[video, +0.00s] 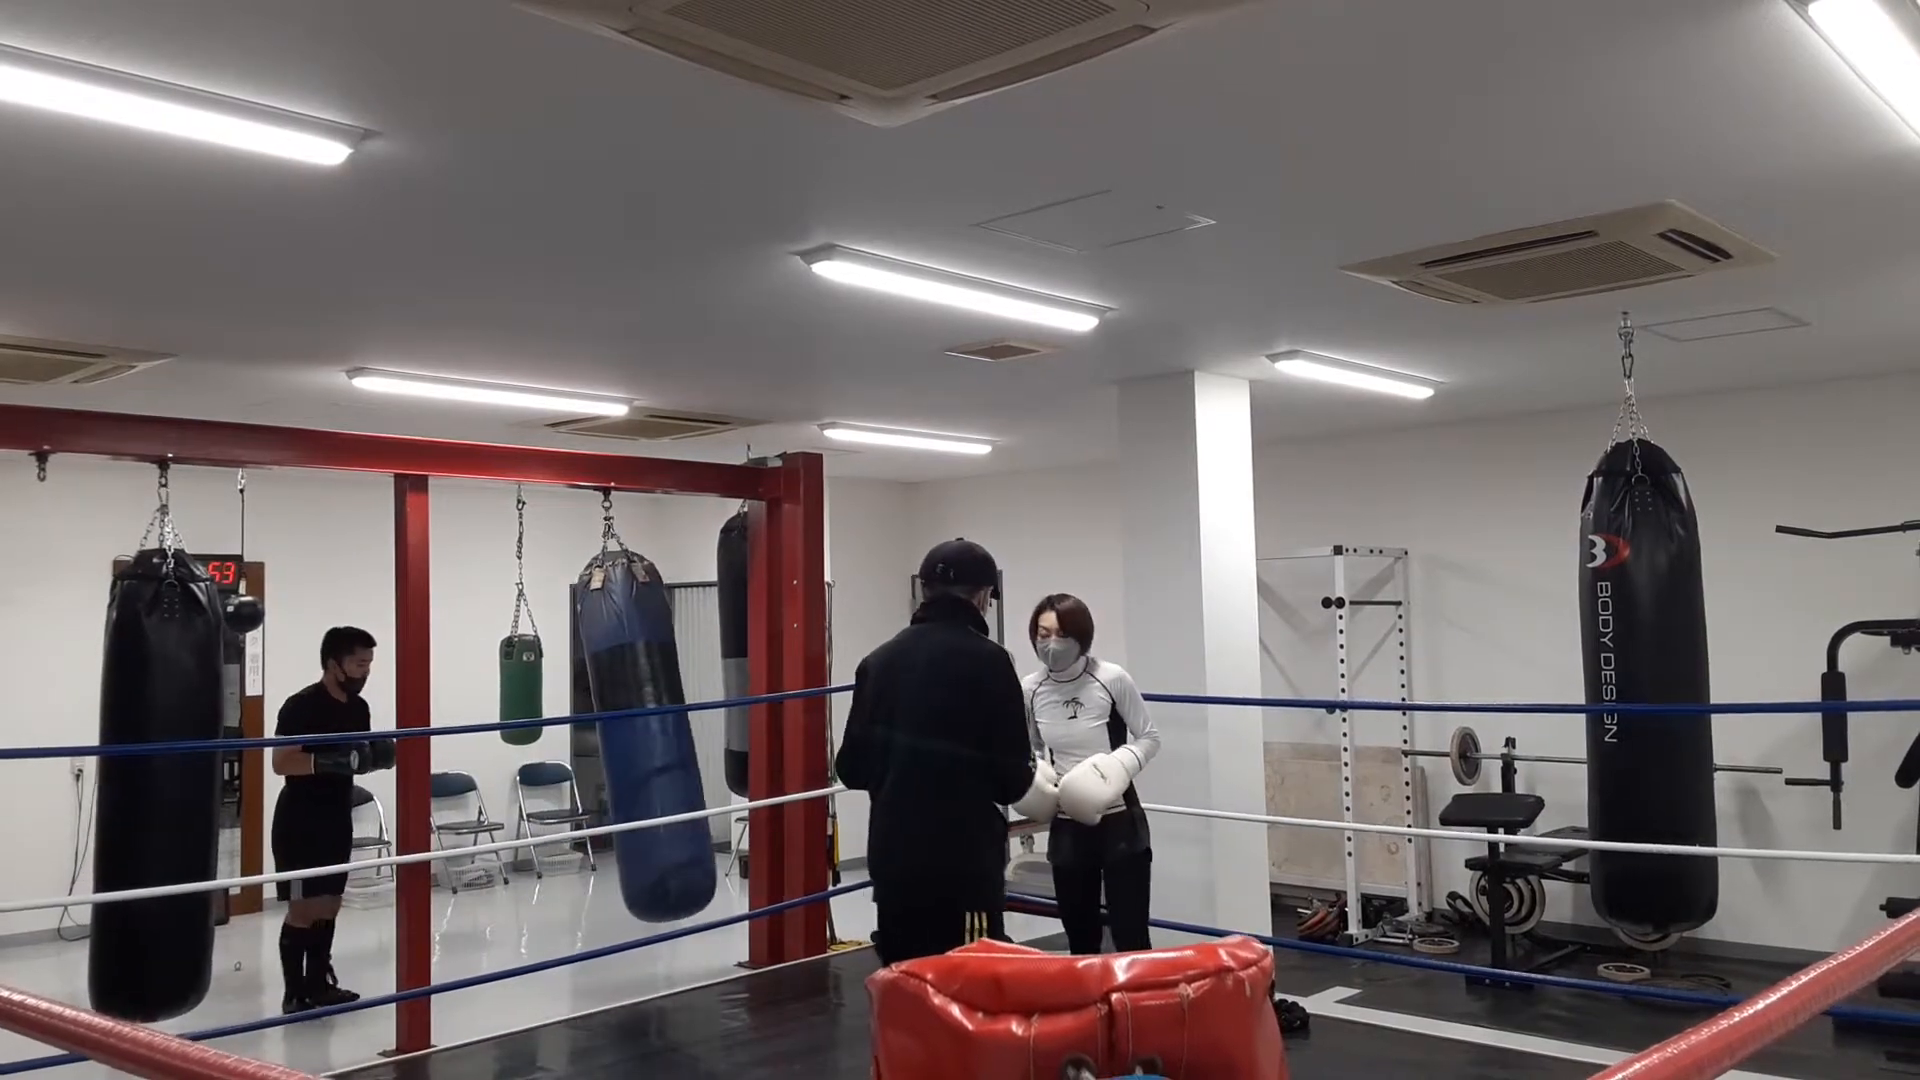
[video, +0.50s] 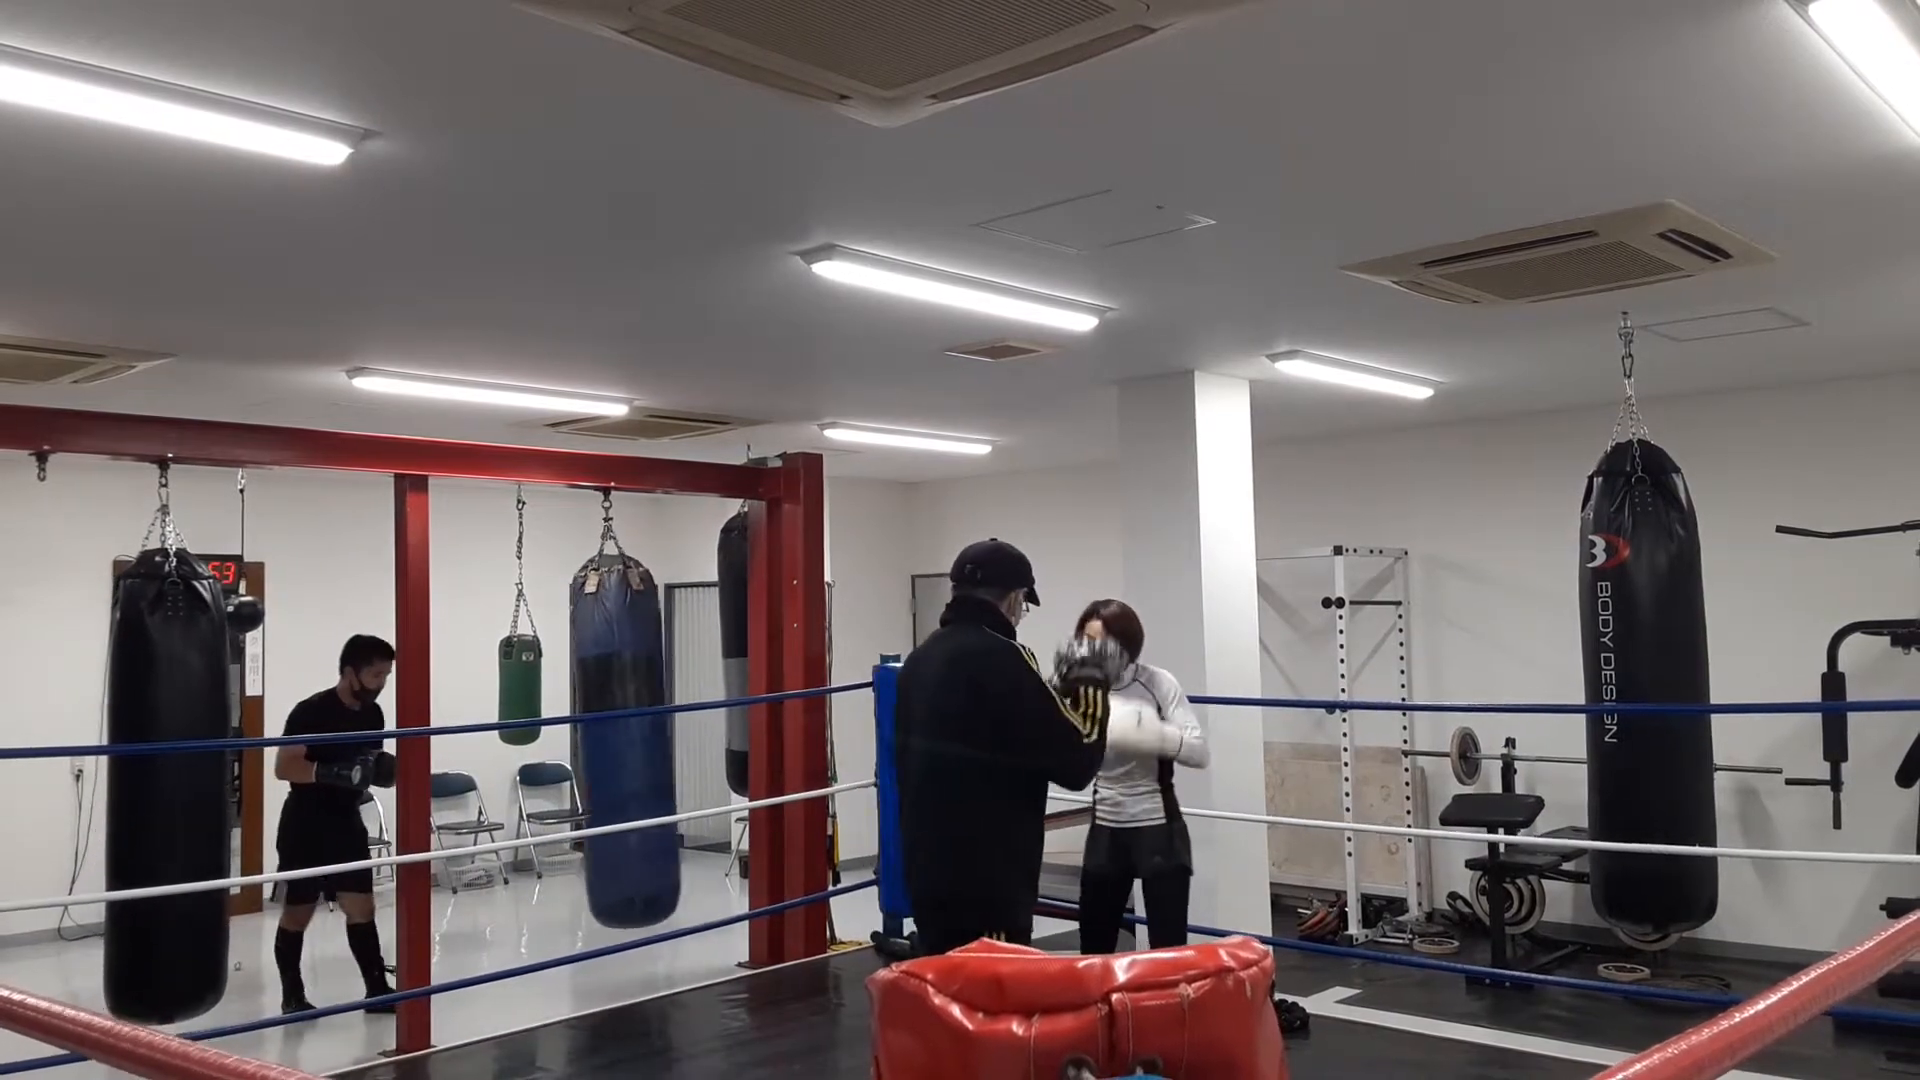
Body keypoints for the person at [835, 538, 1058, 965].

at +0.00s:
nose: (988, 607)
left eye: (989, 598)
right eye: (989, 598)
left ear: (925, 591)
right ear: (980, 597)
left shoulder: (878, 661)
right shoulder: (991, 660)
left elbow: (852, 767)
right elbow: (1012, 781)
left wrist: (906, 769)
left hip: (896, 854)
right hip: (969, 854)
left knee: (908, 986)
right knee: (972, 988)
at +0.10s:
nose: (994, 608)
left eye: (995, 599)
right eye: (995, 599)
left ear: (934, 593)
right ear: (985, 598)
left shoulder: (887, 665)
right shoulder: (995, 663)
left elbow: (860, 770)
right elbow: (1022, 786)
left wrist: (922, 770)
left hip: (903, 861)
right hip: (976, 863)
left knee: (913, 998)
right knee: (977, 998)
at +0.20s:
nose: (1006, 614)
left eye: (1007, 604)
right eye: (1006, 603)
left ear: (944, 597)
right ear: (995, 602)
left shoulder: (903, 664)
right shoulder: (995, 664)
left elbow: (879, 780)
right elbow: (1035, 788)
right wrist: (1049, 762)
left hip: (915, 861)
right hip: (984, 863)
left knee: (924, 996)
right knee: (984, 994)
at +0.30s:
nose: (1012, 612)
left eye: (1014, 603)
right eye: (1014, 602)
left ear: (951, 594)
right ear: (1003, 600)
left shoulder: (909, 663)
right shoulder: (996, 660)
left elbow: (901, 772)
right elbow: (1045, 783)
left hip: (922, 865)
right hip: (987, 869)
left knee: (937, 1004)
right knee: (994, 1003)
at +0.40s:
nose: (1017, 613)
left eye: (1019, 603)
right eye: (1018, 602)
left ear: (956, 594)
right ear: (1007, 600)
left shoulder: (915, 662)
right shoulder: (998, 658)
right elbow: (1064, 776)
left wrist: (1043, 706)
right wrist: (1080, 729)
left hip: (925, 868)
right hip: (990, 873)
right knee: (996, 1005)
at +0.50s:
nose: (1022, 613)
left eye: (1024, 602)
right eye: (1022, 601)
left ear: (961, 593)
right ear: (1009, 599)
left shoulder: (918, 661)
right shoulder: (1001, 659)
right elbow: (1078, 767)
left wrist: (1055, 695)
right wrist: (1091, 690)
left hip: (929, 874)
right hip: (995, 879)